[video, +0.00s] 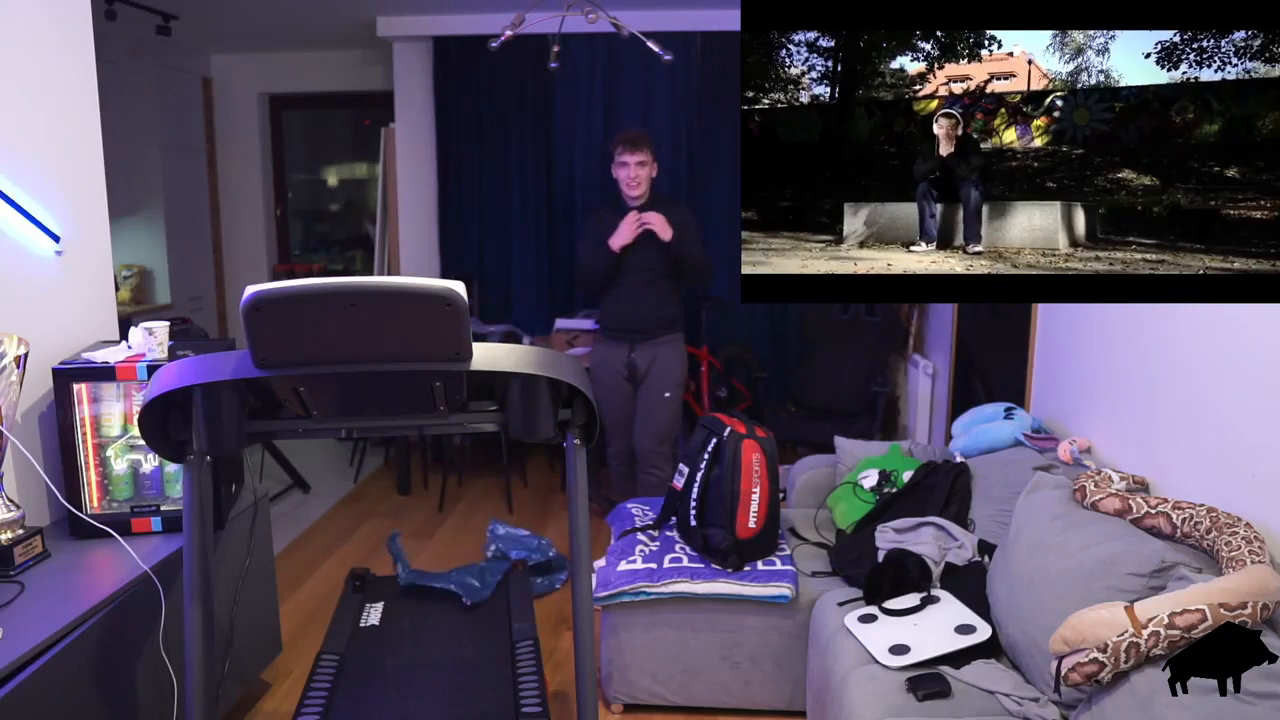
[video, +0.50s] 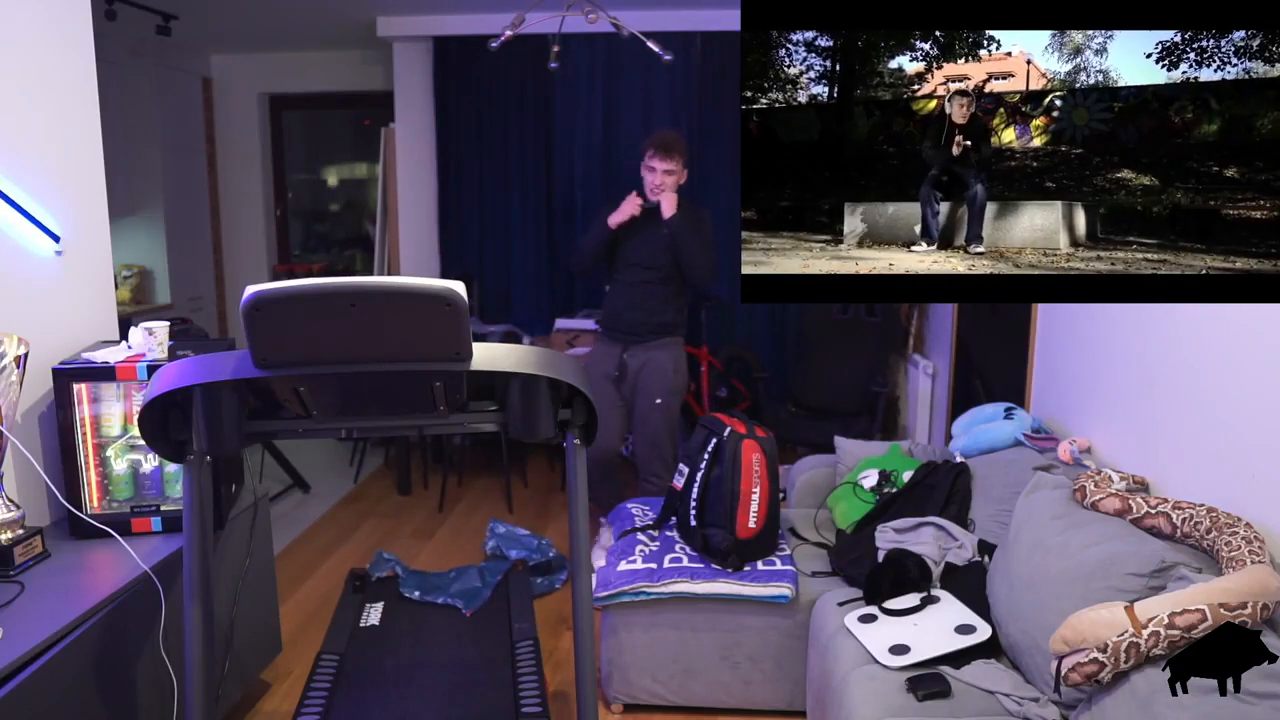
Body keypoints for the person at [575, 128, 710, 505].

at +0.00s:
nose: (632, 174)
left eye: (640, 165)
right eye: (623, 165)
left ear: (654, 169)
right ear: (613, 172)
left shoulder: (675, 217)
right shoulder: (601, 220)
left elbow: (699, 274)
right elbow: (587, 282)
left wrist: (671, 237)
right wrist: (613, 243)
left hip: (664, 347)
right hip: (610, 348)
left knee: (652, 449)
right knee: (618, 450)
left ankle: (655, 538)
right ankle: (625, 536)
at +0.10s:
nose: (639, 171)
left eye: (648, 163)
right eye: (631, 163)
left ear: (661, 169)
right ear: (620, 170)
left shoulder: (681, 219)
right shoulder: (604, 219)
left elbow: (698, 276)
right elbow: (587, 280)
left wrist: (670, 231)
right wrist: (615, 245)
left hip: (663, 347)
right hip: (610, 348)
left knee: (656, 450)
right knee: (618, 451)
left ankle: (658, 538)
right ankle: (626, 538)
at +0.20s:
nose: (647, 172)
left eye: (656, 164)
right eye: (639, 163)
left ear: (669, 171)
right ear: (628, 169)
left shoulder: (685, 220)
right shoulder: (608, 217)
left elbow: (701, 280)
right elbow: (587, 278)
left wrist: (674, 228)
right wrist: (617, 243)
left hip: (662, 348)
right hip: (610, 348)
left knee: (656, 452)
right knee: (617, 452)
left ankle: (656, 540)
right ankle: (623, 539)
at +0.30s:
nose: (654, 173)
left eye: (664, 166)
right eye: (647, 164)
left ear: (677, 173)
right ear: (636, 167)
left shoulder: (689, 221)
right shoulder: (613, 217)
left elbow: (704, 283)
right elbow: (587, 275)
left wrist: (676, 229)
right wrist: (617, 238)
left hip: (662, 348)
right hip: (609, 348)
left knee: (656, 451)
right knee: (613, 450)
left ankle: (656, 537)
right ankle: (620, 533)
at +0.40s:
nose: (658, 175)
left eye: (668, 168)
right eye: (652, 165)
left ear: (681, 176)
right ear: (640, 168)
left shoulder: (692, 222)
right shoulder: (617, 213)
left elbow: (705, 281)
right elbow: (585, 268)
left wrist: (676, 227)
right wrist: (613, 230)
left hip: (661, 348)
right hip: (609, 346)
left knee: (654, 450)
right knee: (603, 448)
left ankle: (655, 537)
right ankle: (617, 528)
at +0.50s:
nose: (657, 180)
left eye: (667, 172)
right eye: (651, 171)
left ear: (682, 176)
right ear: (641, 171)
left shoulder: (691, 219)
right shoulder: (623, 212)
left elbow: (700, 276)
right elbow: (583, 262)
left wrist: (672, 219)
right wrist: (613, 220)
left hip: (660, 348)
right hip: (609, 345)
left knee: (654, 451)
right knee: (599, 446)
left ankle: (654, 538)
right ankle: (606, 527)